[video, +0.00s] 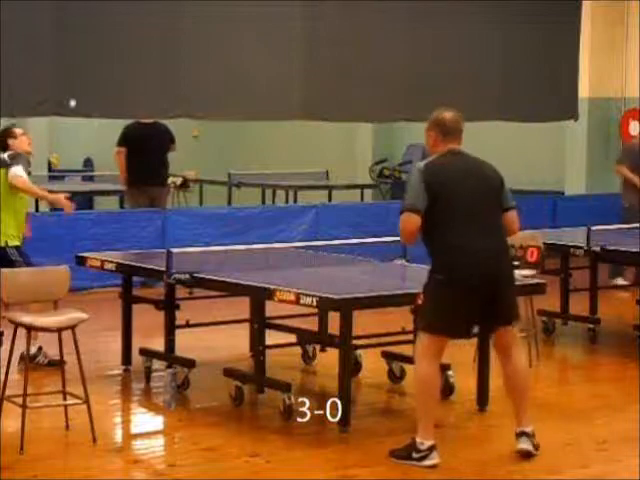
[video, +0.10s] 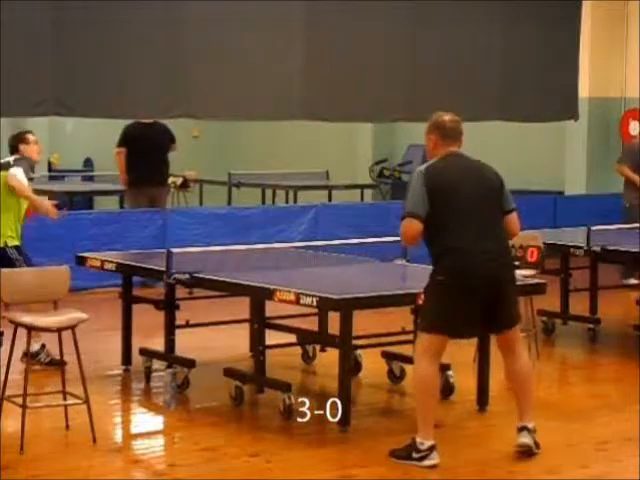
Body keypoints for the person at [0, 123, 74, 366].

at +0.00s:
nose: (29, 140)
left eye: (27, 136)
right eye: (23, 136)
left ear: (12, 143)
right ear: (11, 142)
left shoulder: (9, 160)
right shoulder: (16, 157)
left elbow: (11, 196)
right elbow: (17, 180)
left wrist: (20, 220)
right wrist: (53, 198)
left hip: (10, 239)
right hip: (8, 241)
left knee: (29, 291)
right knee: (35, 289)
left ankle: (32, 348)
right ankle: (31, 348)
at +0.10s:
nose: (39, 148)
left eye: (37, 143)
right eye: (34, 143)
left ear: (20, 149)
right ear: (21, 147)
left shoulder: (11, 166)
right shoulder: (20, 162)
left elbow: (16, 206)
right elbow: (14, 180)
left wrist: (39, 204)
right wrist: (40, 203)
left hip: (9, 239)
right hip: (7, 242)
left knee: (29, 289)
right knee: (34, 288)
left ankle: (34, 346)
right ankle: (34, 346)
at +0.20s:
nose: (49, 156)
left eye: (50, 152)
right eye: (46, 151)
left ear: (35, 153)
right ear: (32, 151)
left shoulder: (27, 173)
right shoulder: (18, 168)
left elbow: (19, 199)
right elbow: (15, 187)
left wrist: (34, 209)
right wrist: (33, 206)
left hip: (12, 240)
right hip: (7, 242)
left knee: (30, 288)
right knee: (34, 287)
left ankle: (38, 346)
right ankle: (38, 346)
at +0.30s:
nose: (64, 160)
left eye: (65, 155)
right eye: (62, 154)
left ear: (49, 154)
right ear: (47, 153)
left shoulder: (35, 172)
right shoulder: (30, 166)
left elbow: (27, 206)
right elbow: (5, 183)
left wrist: (48, 219)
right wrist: (19, 209)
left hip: (15, 240)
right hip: (9, 241)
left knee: (33, 288)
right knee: (37, 287)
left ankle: (38, 346)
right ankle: (38, 347)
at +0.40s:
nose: (69, 157)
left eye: (71, 152)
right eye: (66, 151)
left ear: (56, 153)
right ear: (51, 150)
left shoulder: (48, 179)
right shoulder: (31, 165)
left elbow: (41, 209)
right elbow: (3, 187)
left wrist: (54, 215)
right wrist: (14, 212)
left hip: (23, 240)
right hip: (10, 240)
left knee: (35, 288)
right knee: (39, 286)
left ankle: (38, 347)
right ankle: (38, 347)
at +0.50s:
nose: (71, 152)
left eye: (73, 147)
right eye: (67, 146)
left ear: (67, 150)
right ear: (52, 147)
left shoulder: (58, 178)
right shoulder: (33, 166)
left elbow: (57, 211)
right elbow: (3, 189)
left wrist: (58, 216)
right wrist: (12, 219)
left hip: (35, 242)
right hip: (16, 240)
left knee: (34, 294)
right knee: (38, 292)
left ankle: (38, 348)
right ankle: (37, 347)